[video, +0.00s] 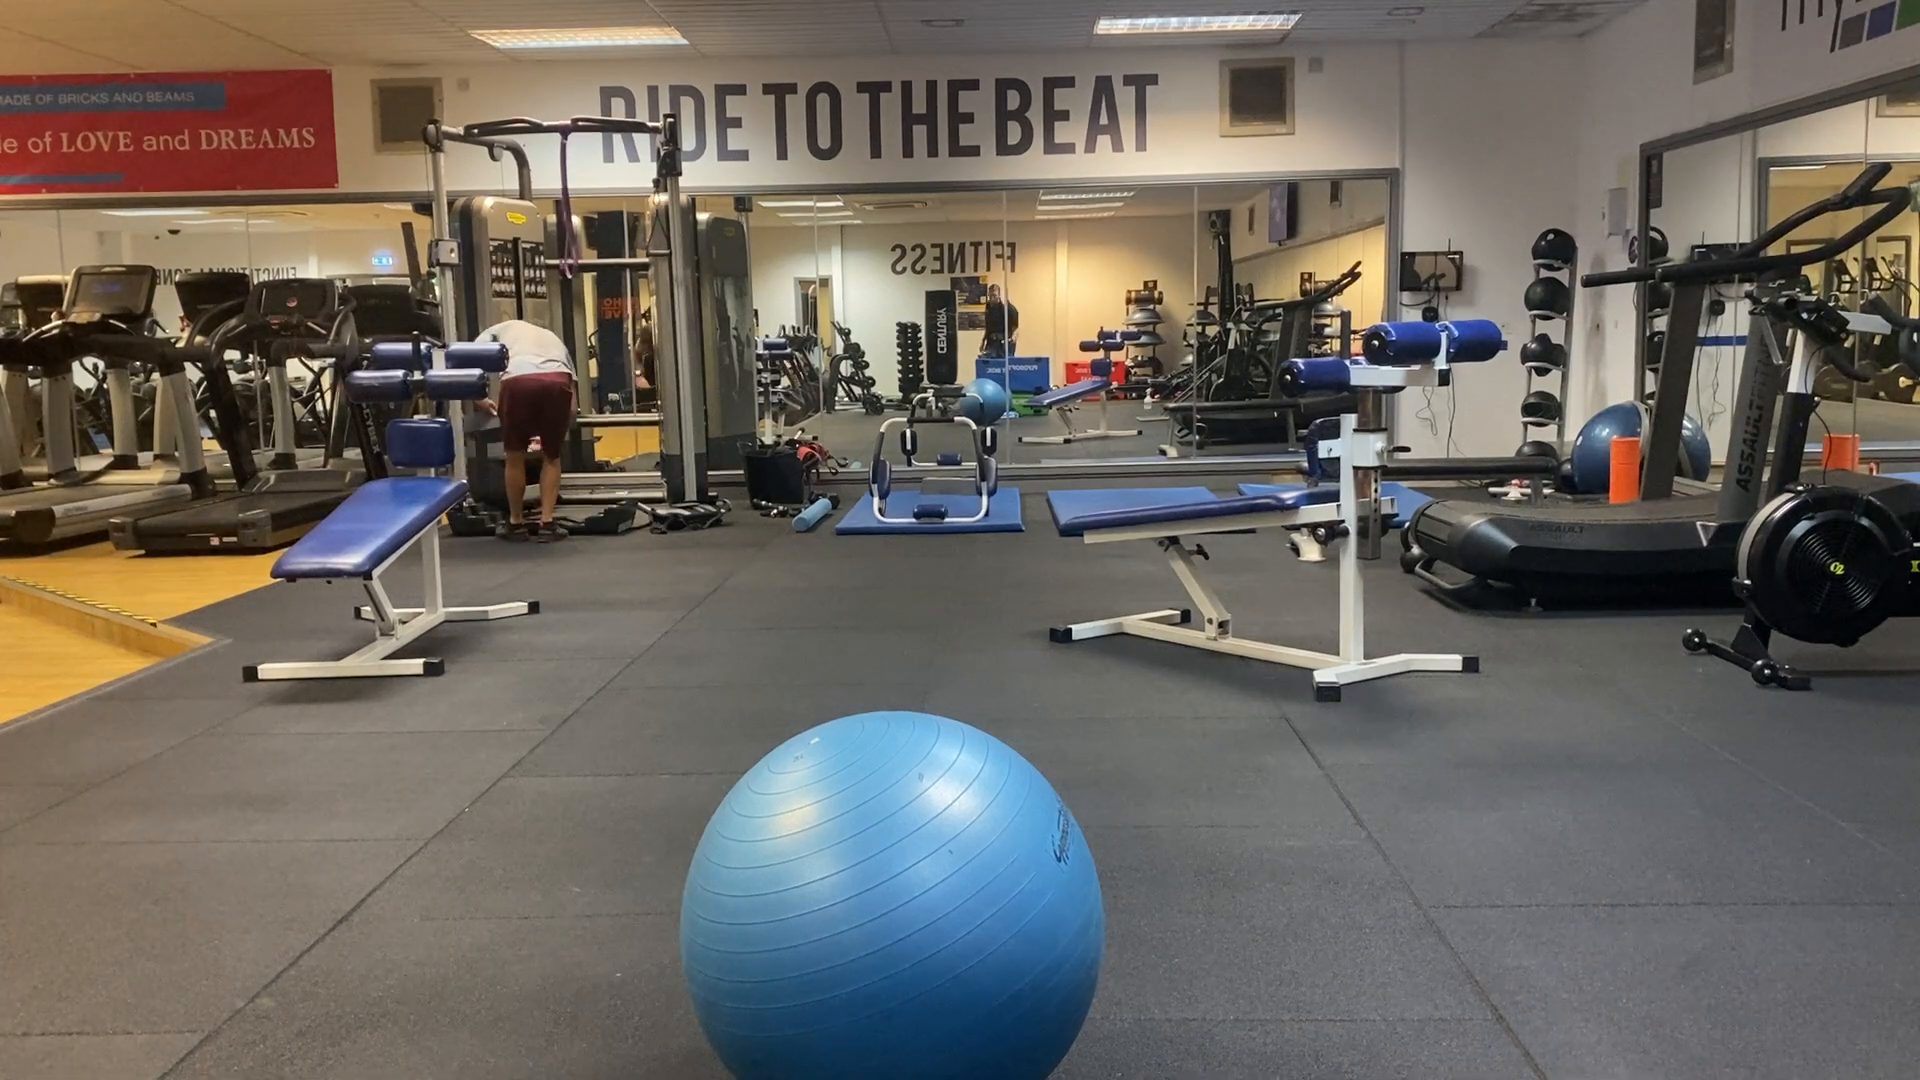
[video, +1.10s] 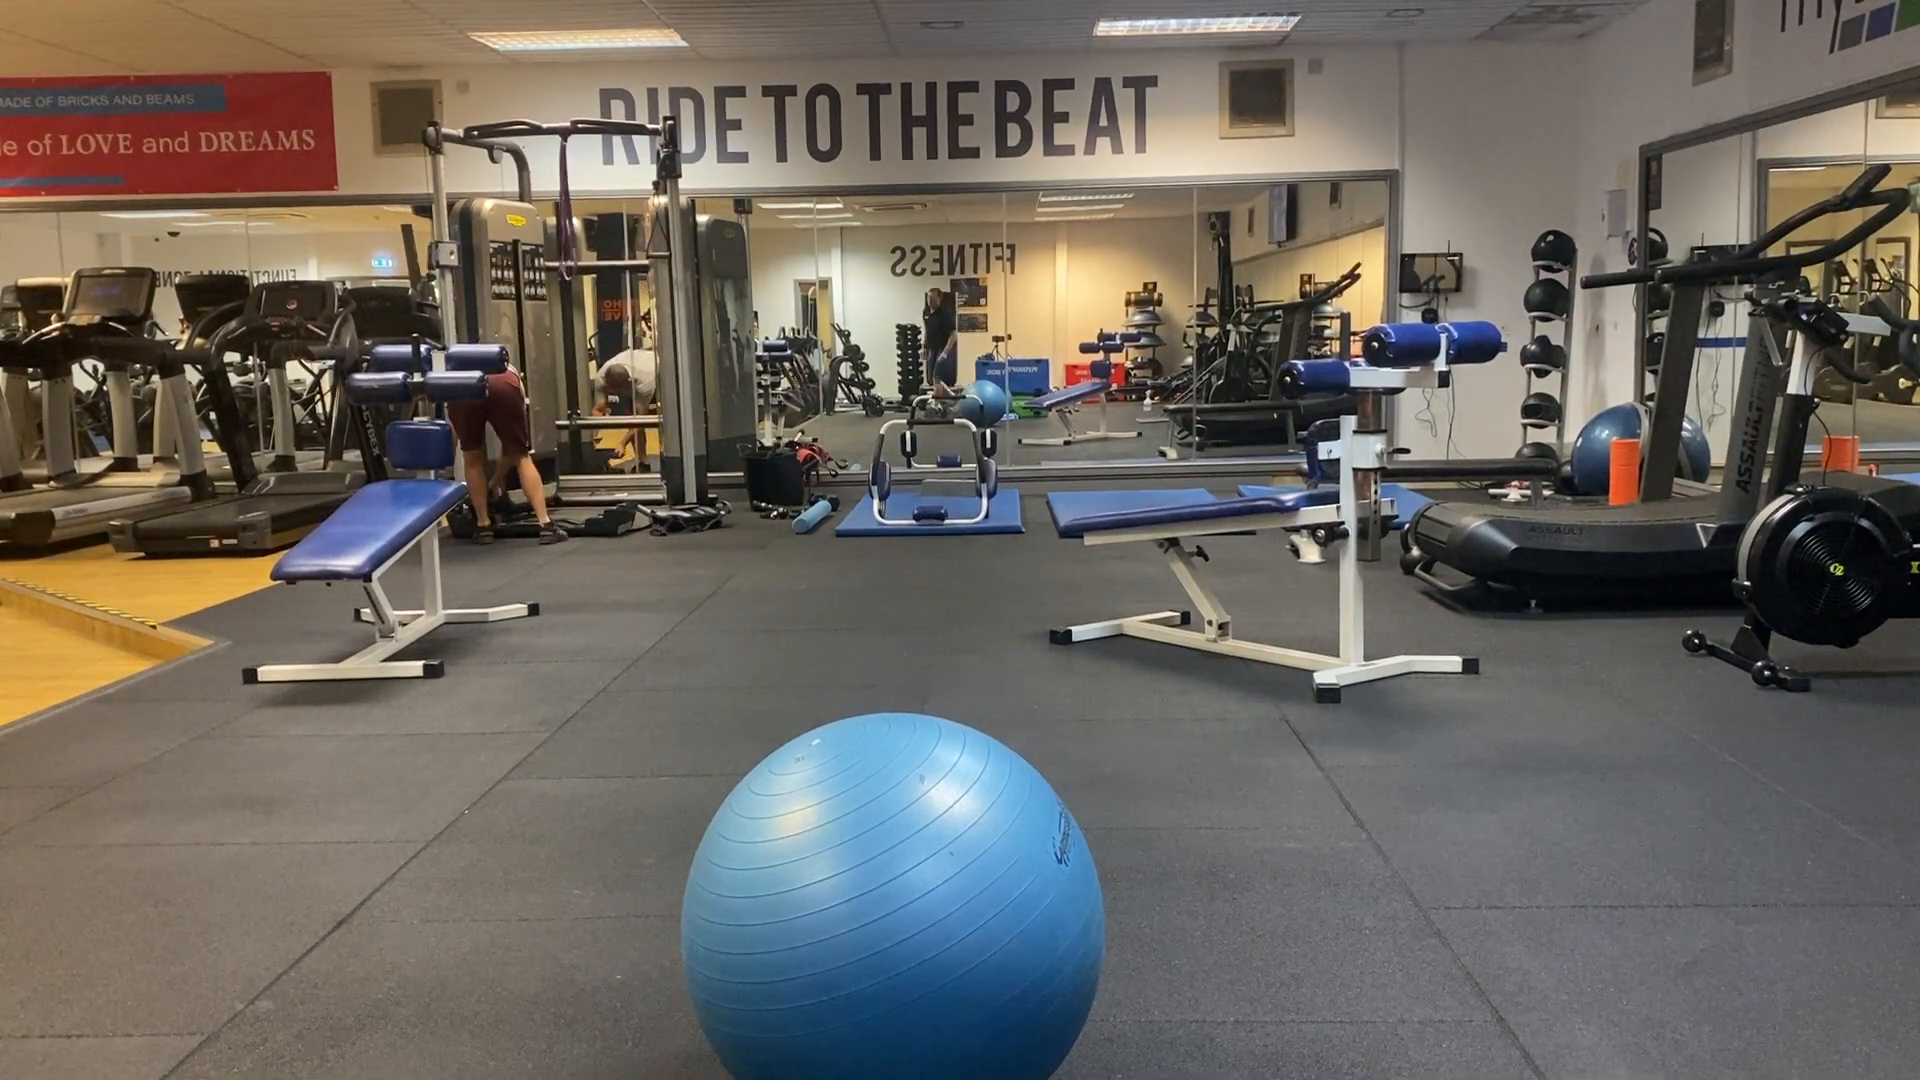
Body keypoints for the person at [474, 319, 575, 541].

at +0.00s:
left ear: (504, 327)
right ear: (532, 326)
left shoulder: (495, 331)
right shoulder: (551, 337)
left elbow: (469, 365)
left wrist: (481, 401)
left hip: (517, 385)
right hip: (558, 384)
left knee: (515, 458)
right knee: (552, 458)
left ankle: (516, 523)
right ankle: (547, 523)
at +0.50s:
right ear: (533, 339)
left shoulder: (485, 339)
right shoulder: (547, 353)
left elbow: (461, 384)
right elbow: (550, 407)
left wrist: (465, 426)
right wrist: (542, 445)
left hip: (489, 389)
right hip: (531, 389)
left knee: (485, 460)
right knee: (541, 459)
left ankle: (484, 525)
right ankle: (546, 525)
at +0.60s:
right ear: (526, 345)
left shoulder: (478, 348)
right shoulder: (539, 358)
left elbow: (456, 399)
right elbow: (540, 408)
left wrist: (460, 435)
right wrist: (529, 446)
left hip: (481, 387)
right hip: (522, 385)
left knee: (481, 462)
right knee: (537, 458)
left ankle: (483, 526)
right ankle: (545, 524)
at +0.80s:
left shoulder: (461, 370)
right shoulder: (526, 375)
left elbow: (454, 421)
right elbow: (521, 431)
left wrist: (455, 463)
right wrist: (505, 468)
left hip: (466, 389)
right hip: (507, 384)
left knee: (474, 463)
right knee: (526, 456)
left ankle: (483, 525)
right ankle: (544, 524)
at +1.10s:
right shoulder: (510, 373)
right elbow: (511, 446)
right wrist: (496, 482)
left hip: (462, 390)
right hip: (503, 386)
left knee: (473, 461)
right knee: (522, 458)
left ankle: (483, 525)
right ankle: (546, 524)